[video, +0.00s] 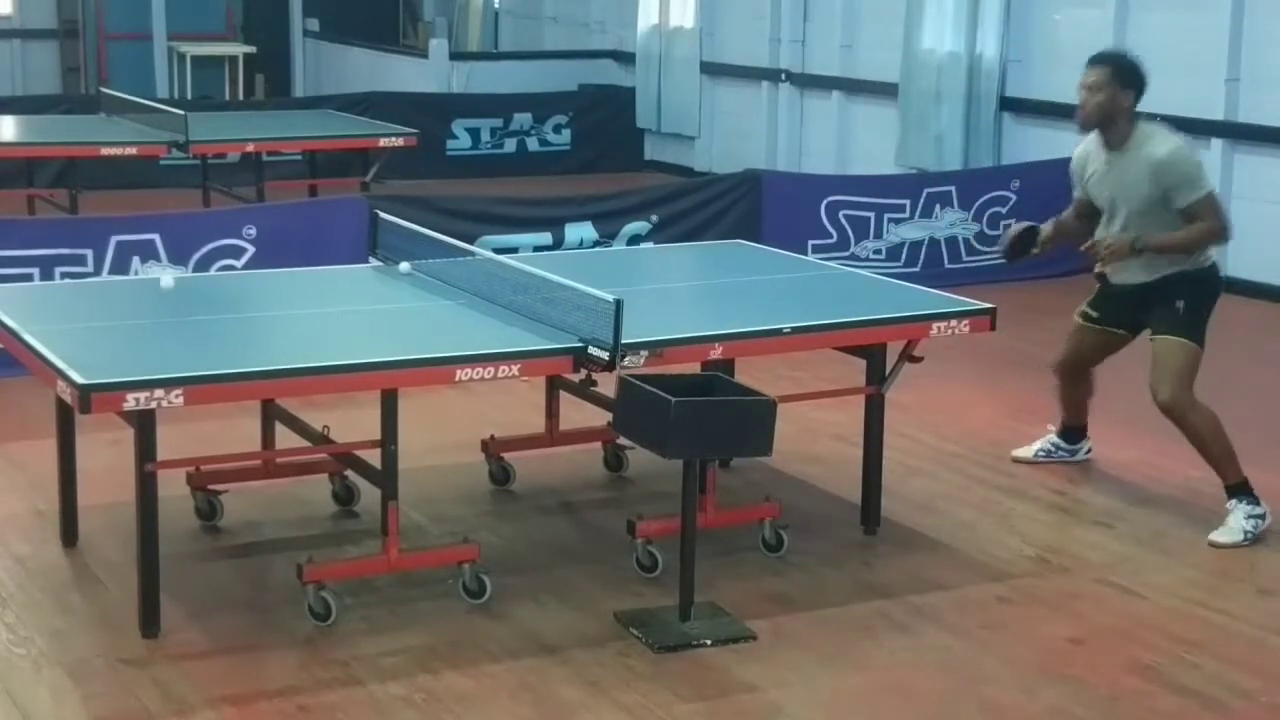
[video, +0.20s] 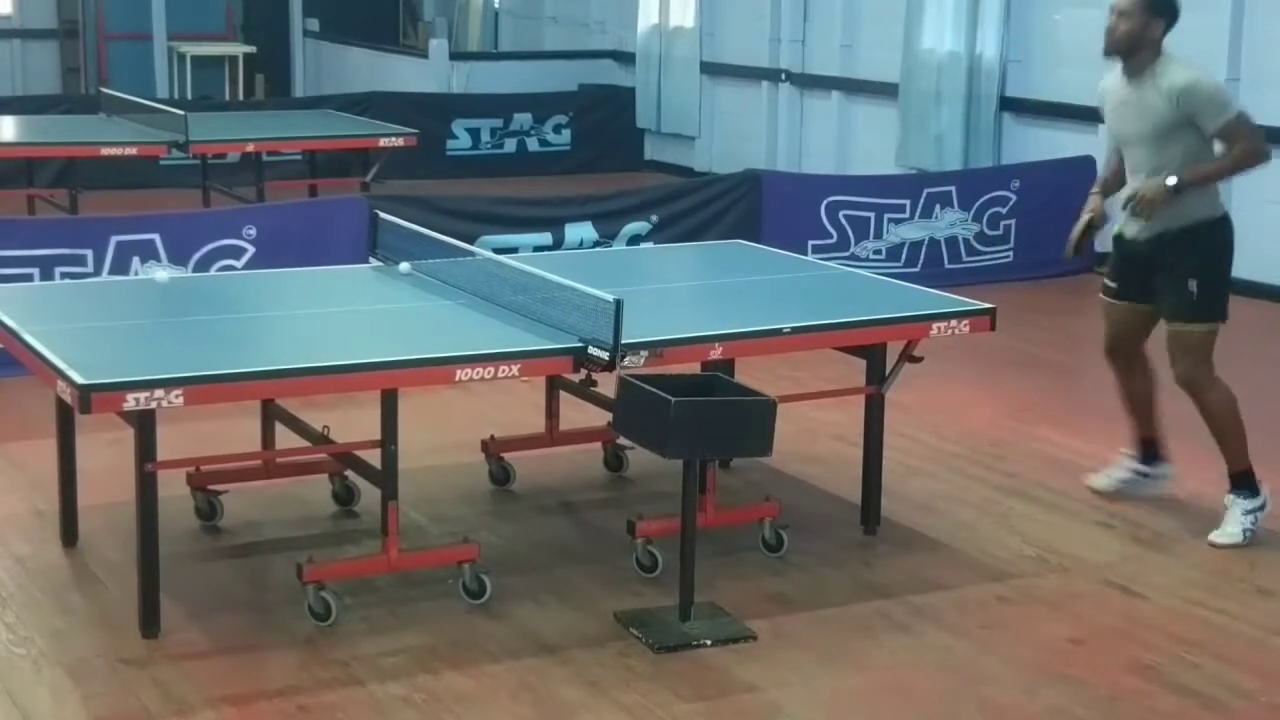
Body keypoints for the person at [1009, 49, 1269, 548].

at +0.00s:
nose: (1080, 98)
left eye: (1091, 91)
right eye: (1081, 89)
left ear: (1125, 99)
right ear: (1092, 97)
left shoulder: (1167, 153)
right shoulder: (1086, 155)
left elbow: (1216, 227)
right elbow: (1083, 218)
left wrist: (1137, 245)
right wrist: (1044, 234)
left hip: (1183, 281)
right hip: (1124, 281)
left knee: (1171, 395)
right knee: (1070, 366)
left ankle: (1246, 503)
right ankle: (1071, 440)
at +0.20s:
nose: (1110, 22)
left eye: (1124, 15)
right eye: (1111, 13)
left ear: (1156, 28)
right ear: (1119, 26)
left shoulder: (1189, 84)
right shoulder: (1113, 85)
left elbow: (1253, 148)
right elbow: (1121, 155)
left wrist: (1173, 183)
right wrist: (1098, 197)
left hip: (1195, 237)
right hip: (1136, 238)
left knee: (1191, 369)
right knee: (1121, 346)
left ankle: (1247, 494)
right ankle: (1149, 460)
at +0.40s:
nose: (1119, 30)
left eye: (1133, 22)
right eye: (1119, 19)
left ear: (1167, 34)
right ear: (1117, 26)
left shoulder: (1198, 90)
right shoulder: (1115, 87)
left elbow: (1256, 160)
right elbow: (1123, 159)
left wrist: (1174, 189)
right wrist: (1109, 208)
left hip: (1195, 247)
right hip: (1138, 252)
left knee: (1183, 381)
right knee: (1160, 384)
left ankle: (1249, 502)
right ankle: (1220, 499)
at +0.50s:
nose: (1116, 39)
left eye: (1130, 32)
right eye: (1116, 28)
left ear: (1163, 44)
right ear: (1114, 33)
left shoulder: (1196, 102)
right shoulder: (1107, 101)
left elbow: (1249, 178)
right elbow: (1114, 175)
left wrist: (1167, 206)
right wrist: (1100, 220)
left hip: (1194, 256)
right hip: (1137, 263)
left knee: (1176, 388)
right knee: (1159, 392)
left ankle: (1228, 514)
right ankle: (1216, 502)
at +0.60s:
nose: (1108, 24)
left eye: (1123, 17)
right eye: (1107, 14)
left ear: (1156, 25)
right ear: (1105, 19)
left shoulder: (1191, 83)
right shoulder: (1097, 89)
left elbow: (1243, 159)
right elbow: (1100, 161)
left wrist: (1169, 190)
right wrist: (1087, 207)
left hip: (1184, 248)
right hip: (1125, 256)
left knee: (1165, 382)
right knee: (1158, 382)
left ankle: (1164, 529)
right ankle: (1218, 488)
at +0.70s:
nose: (1099, 27)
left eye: (1113, 17)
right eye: (1096, 17)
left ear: (1146, 22)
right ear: (1094, 23)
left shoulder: (1186, 81)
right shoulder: (1088, 89)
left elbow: (1243, 154)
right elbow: (1085, 160)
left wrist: (1168, 183)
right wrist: (1072, 195)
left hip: (1170, 253)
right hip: (1109, 258)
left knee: (1139, 383)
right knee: (1130, 383)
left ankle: (1141, 537)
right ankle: (1205, 479)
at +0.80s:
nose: (1086, 39)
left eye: (1097, 26)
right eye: (1080, 29)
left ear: (1133, 26)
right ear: (1077, 33)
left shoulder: (1173, 98)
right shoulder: (1078, 99)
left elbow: (1233, 174)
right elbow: (1073, 171)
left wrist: (1155, 203)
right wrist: (1055, 199)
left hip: (1150, 266)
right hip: (1090, 266)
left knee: (1120, 401)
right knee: (1081, 396)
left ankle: (1138, 540)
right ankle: (1178, 467)